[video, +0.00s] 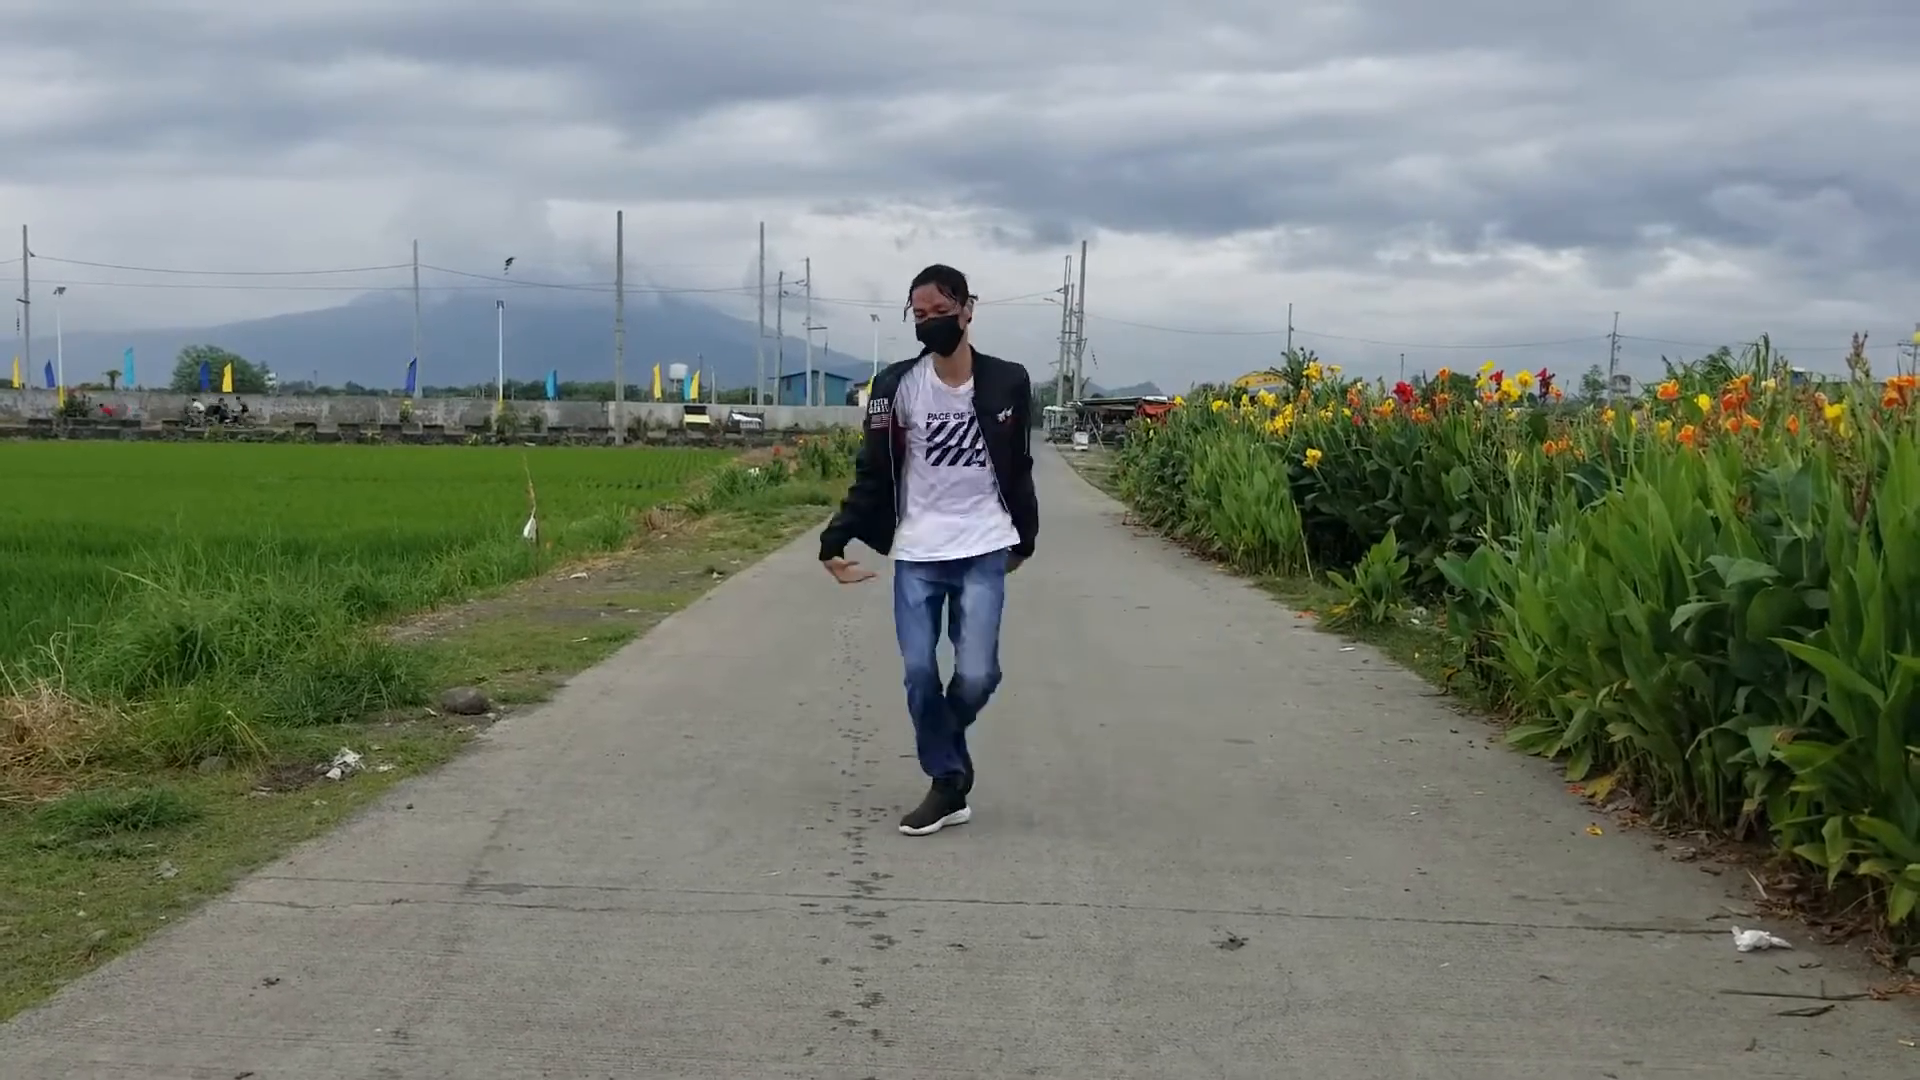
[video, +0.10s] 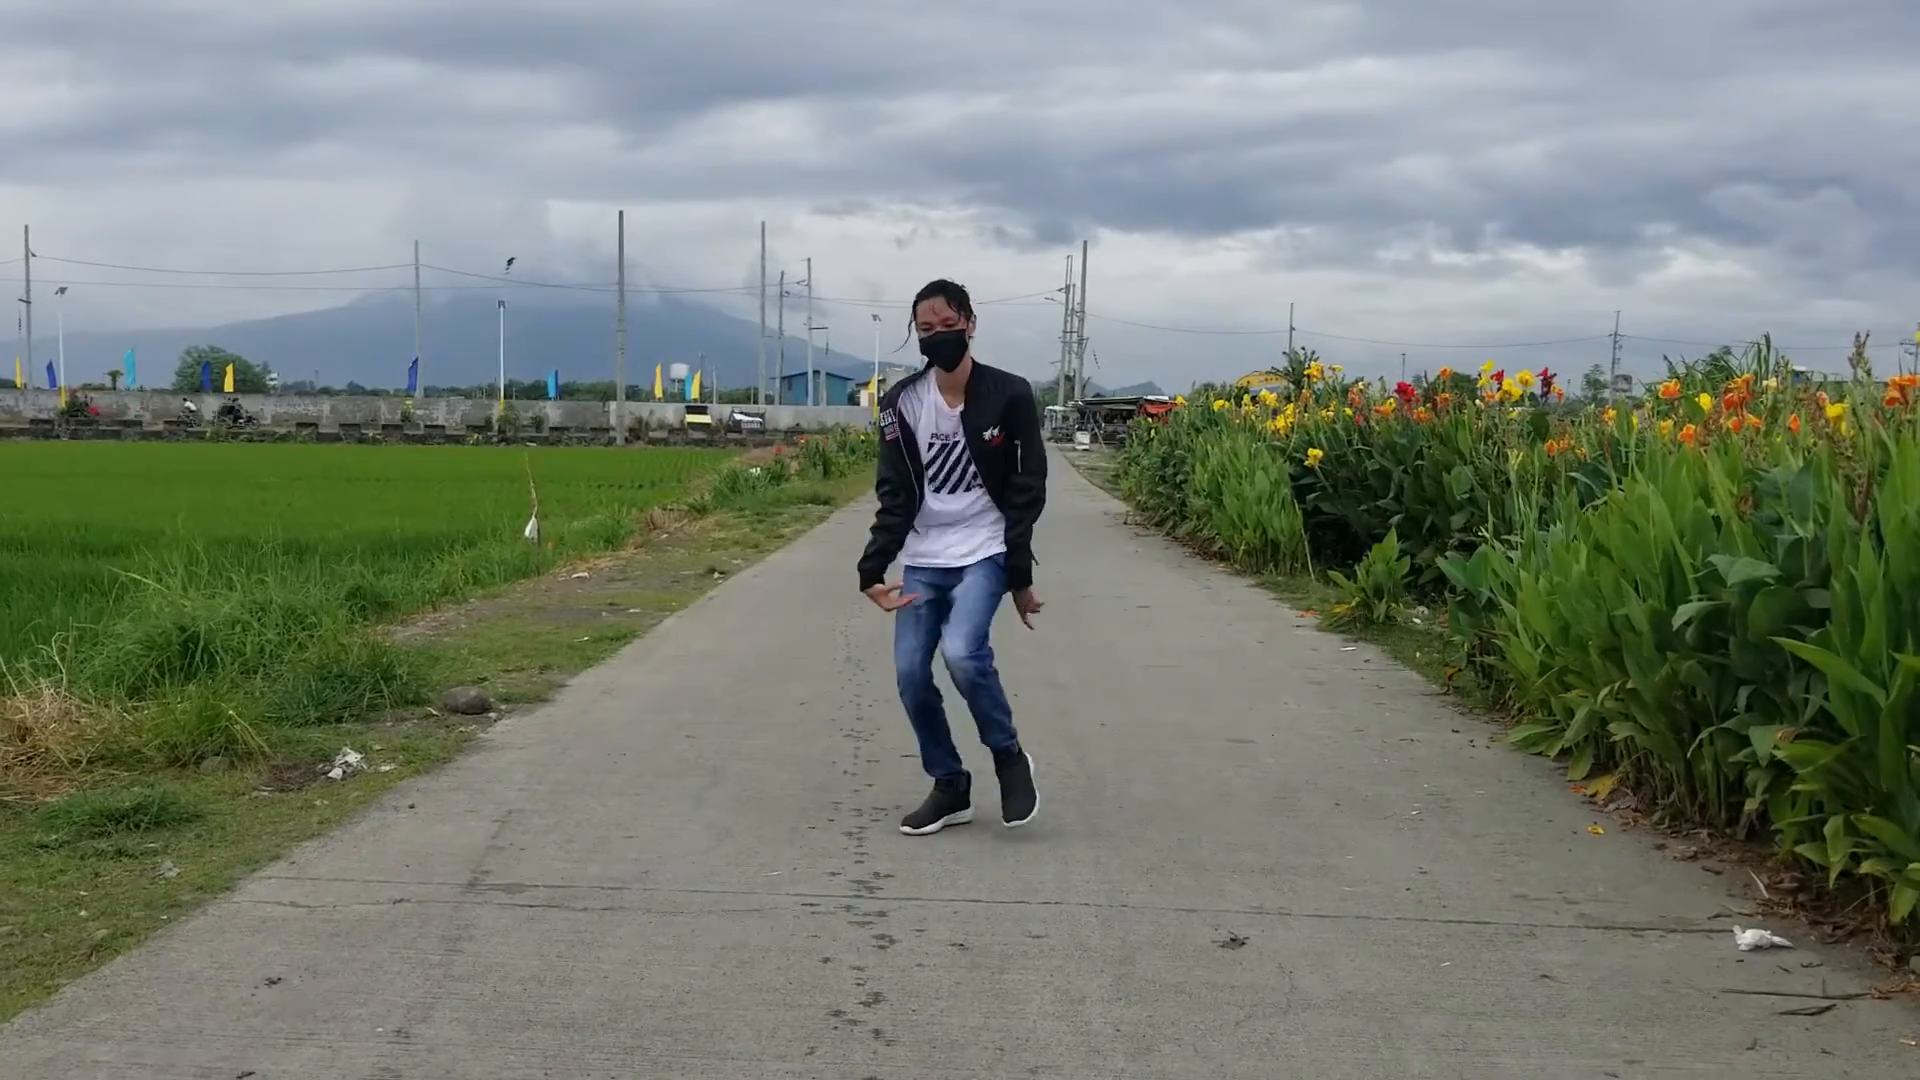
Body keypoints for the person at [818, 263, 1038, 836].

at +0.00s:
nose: (928, 324)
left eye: (938, 312)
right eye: (919, 316)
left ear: (967, 311)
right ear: (912, 320)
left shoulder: (1007, 381)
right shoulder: (894, 386)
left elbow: (1019, 466)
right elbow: (873, 476)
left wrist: (1024, 534)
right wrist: (835, 536)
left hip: (985, 544)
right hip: (916, 547)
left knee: (978, 676)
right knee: (919, 673)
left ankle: (945, 739)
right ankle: (948, 781)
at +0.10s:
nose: (936, 336)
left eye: (946, 324)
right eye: (925, 328)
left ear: (968, 324)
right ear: (915, 335)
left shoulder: (1009, 395)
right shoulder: (900, 402)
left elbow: (1027, 489)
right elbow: (895, 495)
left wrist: (1020, 574)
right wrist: (872, 570)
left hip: (987, 548)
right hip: (921, 552)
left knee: (961, 655)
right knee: (910, 676)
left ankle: (1008, 758)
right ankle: (950, 784)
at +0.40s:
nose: (991, 325)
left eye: (999, 314)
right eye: (977, 320)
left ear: (1014, 318)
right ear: (959, 332)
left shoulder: (1052, 376)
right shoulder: (943, 400)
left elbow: (1104, 459)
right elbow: (941, 491)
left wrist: (1102, 535)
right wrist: (924, 557)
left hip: (1055, 557)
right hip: (985, 563)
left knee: (1055, 688)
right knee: (973, 688)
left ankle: (1055, 818)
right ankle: (971, 782)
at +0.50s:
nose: (1018, 324)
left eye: (1025, 313)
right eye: (1003, 319)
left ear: (1039, 317)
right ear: (982, 331)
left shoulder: (1076, 375)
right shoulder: (957, 397)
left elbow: (1128, 453)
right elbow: (932, 481)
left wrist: (1154, 526)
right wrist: (921, 549)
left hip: (1079, 558)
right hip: (1011, 566)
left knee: (1082, 691)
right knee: (1023, 694)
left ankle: (1064, 817)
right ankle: (1032, 780)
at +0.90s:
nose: (1068, 303)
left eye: (1074, 290)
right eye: (1053, 297)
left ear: (1091, 287)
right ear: (1036, 304)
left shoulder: (1135, 353)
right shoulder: (1012, 363)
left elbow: (1168, 435)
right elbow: (986, 446)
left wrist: (1166, 512)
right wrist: (1013, 514)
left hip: (1130, 544)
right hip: (1057, 548)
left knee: (1115, 698)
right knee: (1064, 691)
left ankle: (1116, 835)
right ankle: (1067, 804)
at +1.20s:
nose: (1068, 327)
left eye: (1075, 312)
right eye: (1053, 319)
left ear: (1094, 299)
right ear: (1037, 319)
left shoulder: (1148, 366)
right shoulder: (1023, 377)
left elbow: (1213, 449)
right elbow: (1006, 475)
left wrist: (1230, 509)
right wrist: (974, 546)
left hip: (1132, 560)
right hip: (1050, 557)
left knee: (1165, 686)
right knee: (1005, 660)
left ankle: (1122, 817)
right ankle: (1054, 797)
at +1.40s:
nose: (1059, 363)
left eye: (1065, 348)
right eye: (1045, 357)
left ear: (1090, 345)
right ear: (1034, 366)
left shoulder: (1145, 421)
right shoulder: (1017, 430)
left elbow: (1197, 519)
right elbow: (999, 536)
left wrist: (1237, 608)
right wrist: (964, 618)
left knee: (1202, 712)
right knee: (959, 702)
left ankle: (1138, 845)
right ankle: (1049, 823)